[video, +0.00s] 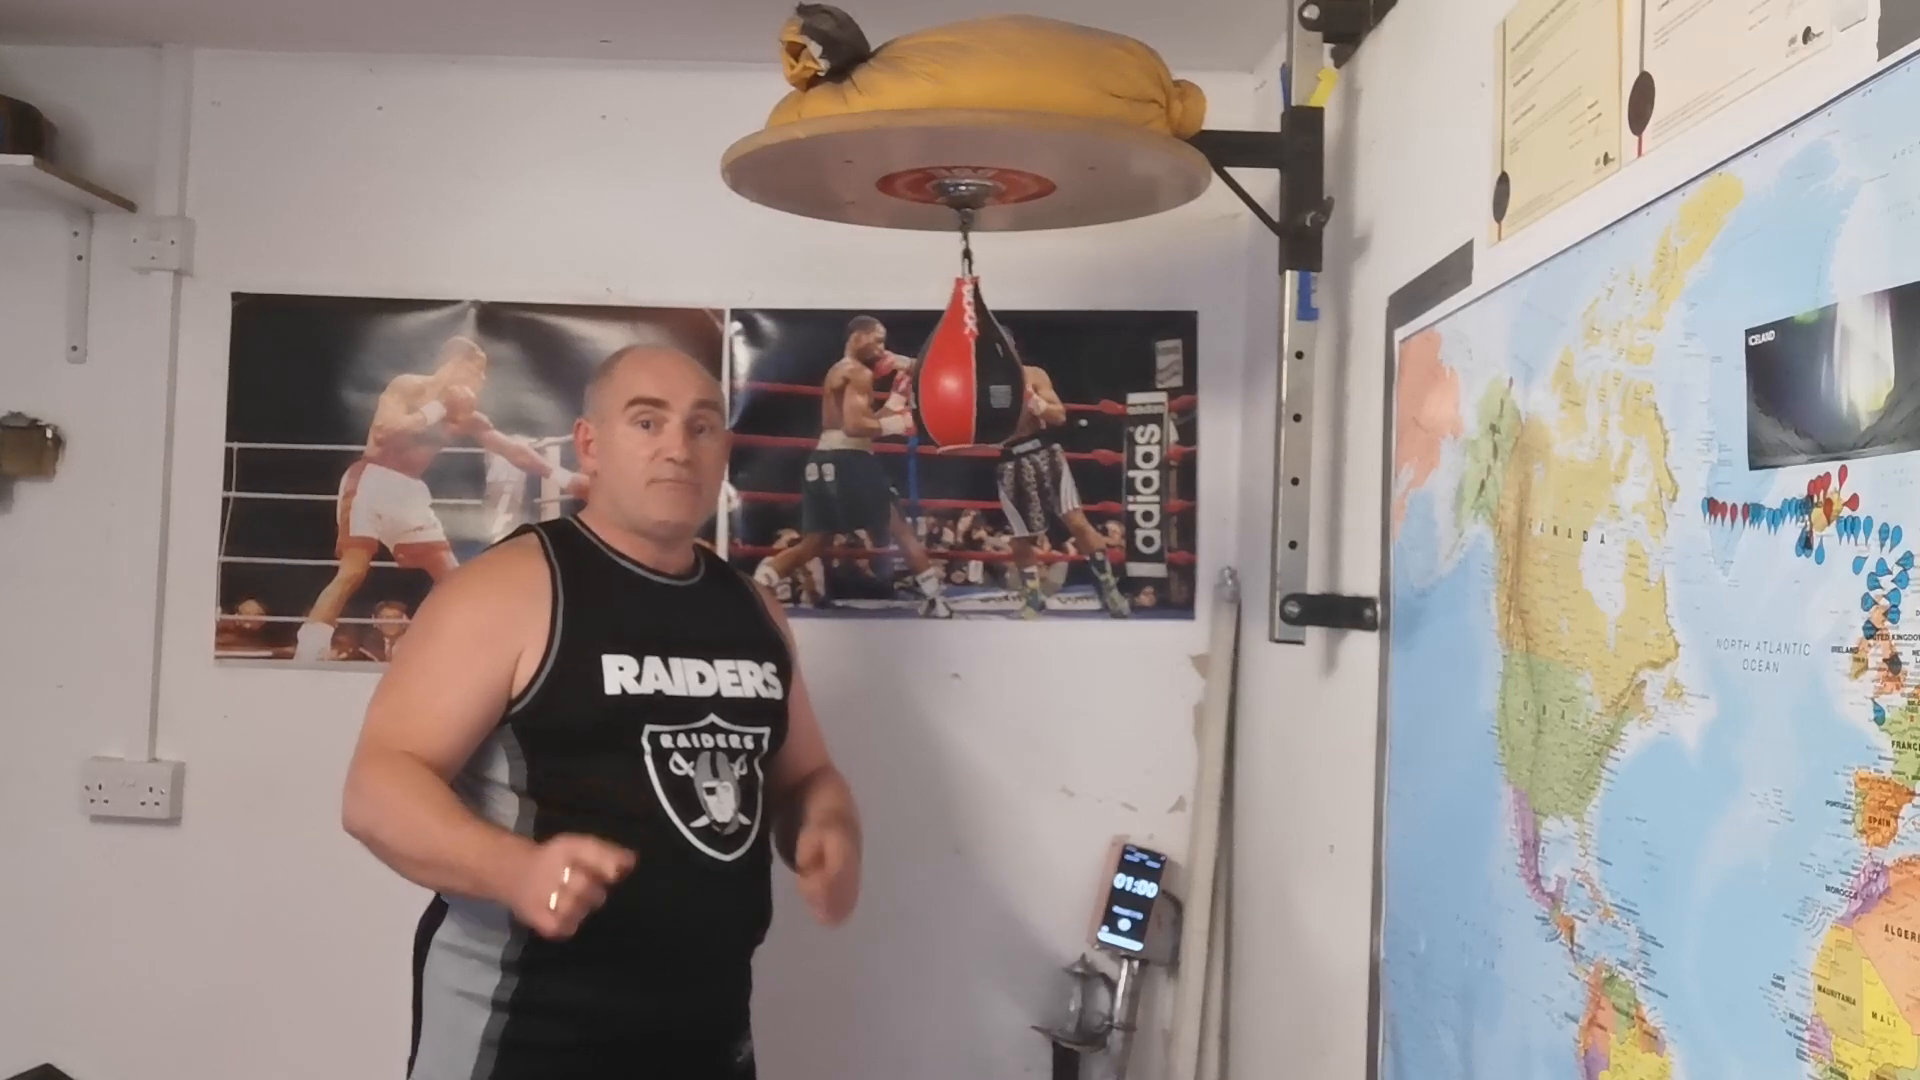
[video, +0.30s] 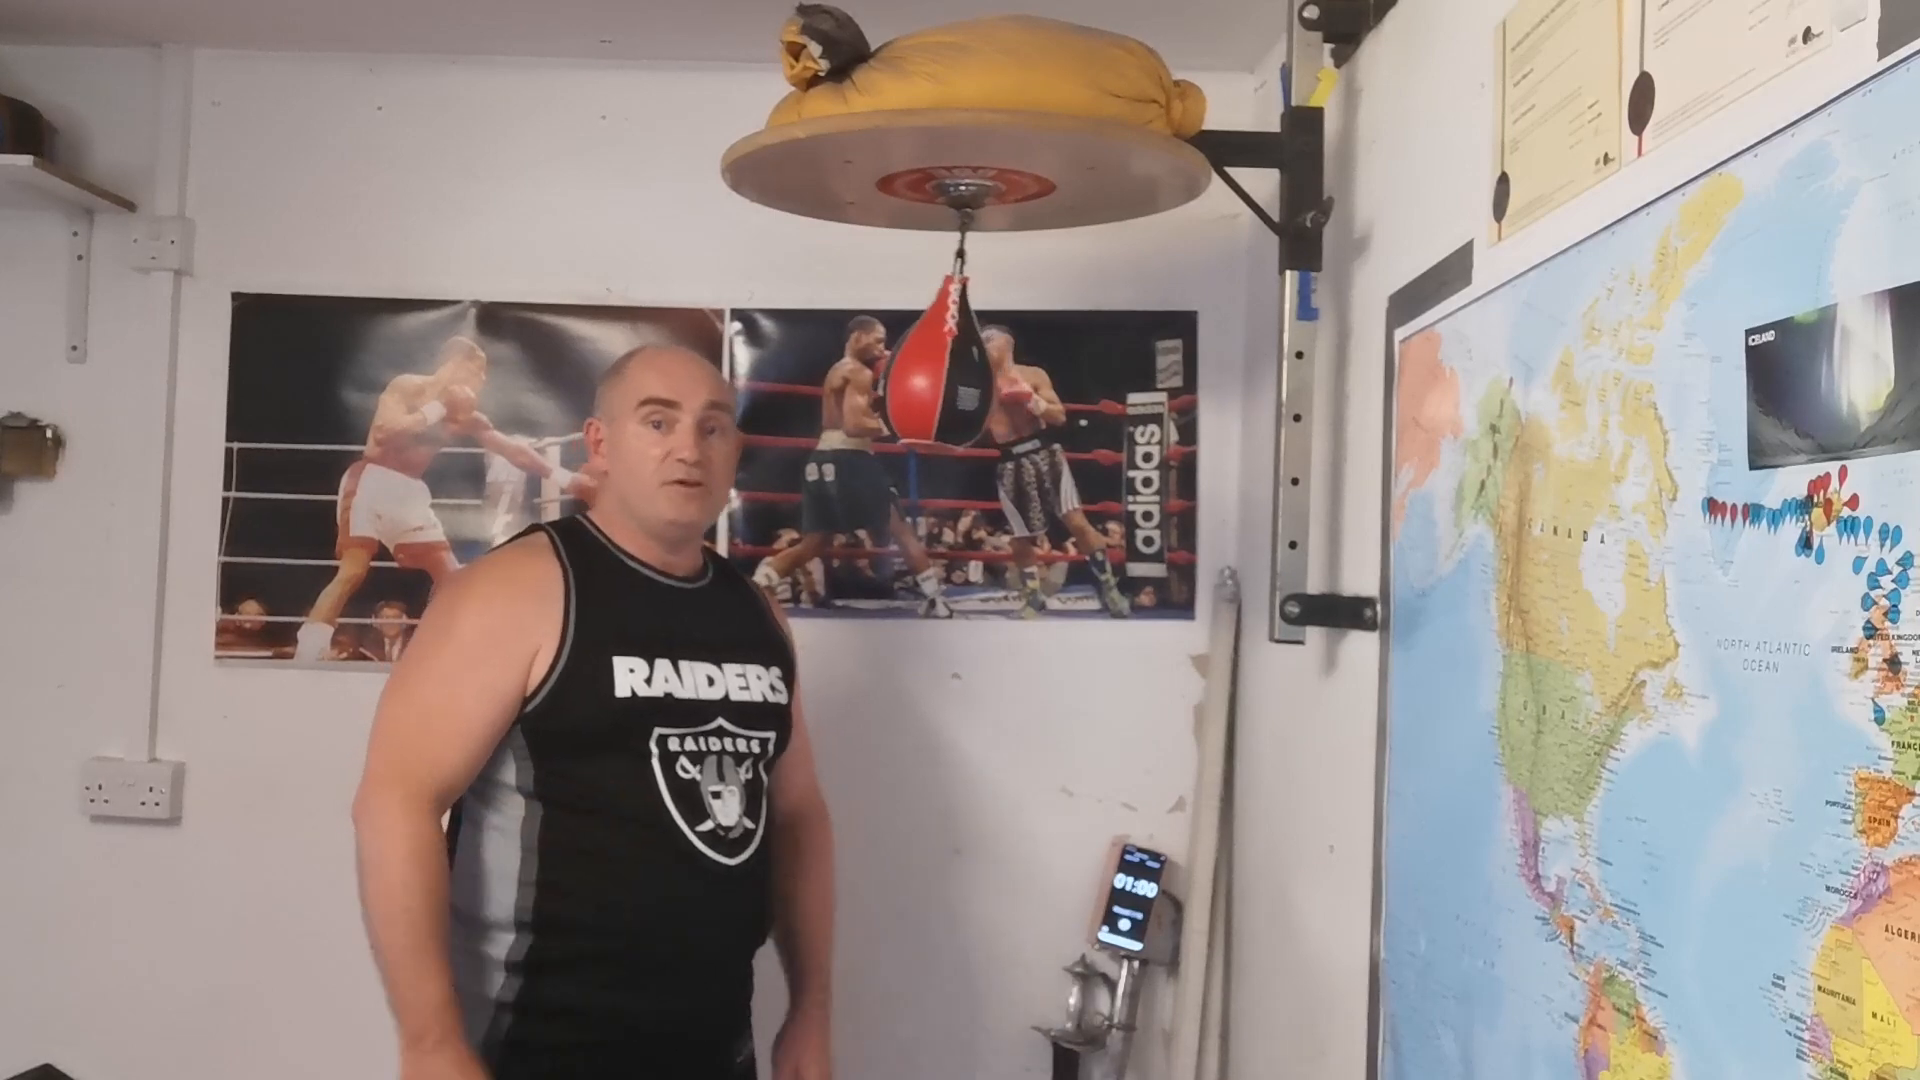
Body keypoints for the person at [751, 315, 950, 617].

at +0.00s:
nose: (881, 349)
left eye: (883, 343)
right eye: (878, 342)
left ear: (857, 340)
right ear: (858, 337)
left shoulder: (834, 372)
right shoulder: (858, 373)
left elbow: (848, 422)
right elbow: (854, 425)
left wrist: (886, 409)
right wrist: (894, 423)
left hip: (820, 463)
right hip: (852, 463)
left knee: (816, 541)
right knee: (901, 529)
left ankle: (756, 587)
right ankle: (935, 597)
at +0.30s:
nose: (882, 349)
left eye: (883, 342)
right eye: (878, 341)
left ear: (855, 340)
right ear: (857, 337)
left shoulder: (834, 372)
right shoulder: (859, 373)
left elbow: (837, 419)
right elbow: (854, 424)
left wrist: (877, 371)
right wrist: (886, 426)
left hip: (820, 462)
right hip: (852, 462)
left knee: (815, 542)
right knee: (901, 529)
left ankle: (755, 588)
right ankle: (935, 597)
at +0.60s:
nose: (881, 349)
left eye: (883, 343)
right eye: (878, 341)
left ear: (855, 340)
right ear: (857, 337)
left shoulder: (834, 373)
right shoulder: (859, 373)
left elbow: (844, 421)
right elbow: (854, 425)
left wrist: (886, 411)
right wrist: (892, 424)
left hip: (820, 463)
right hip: (852, 462)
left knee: (815, 541)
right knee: (901, 530)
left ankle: (755, 588)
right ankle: (935, 597)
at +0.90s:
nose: (881, 349)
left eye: (883, 343)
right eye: (878, 342)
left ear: (856, 340)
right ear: (857, 337)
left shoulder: (834, 373)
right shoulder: (859, 373)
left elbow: (846, 422)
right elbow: (854, 425)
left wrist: (887, 409)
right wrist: (895, 423)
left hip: (820, 463)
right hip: (852, 463)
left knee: (814, 542)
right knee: (901, 529)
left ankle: (756, 587)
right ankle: (936, 597)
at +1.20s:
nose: (881, 348)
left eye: (883, 342)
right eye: (878, 341)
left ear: (854, 340)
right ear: (858, 337)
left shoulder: (833, 373)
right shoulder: (859, 373)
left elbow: (835, 420)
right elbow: (854, 424)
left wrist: (878, 375)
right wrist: (888, 425)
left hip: (820, 462)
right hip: (852, 462)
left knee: (814, 542)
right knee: (902, 531)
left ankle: (755, 587)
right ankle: (936, 599)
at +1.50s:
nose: (881, 349)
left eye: (883, 343)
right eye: (877, 342)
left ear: (856, 340)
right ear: (857, 338)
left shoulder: (834, 373)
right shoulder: (859, 373)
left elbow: (861, 419)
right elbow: (854, 425)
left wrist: (888, 406)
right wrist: (891, 424)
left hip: (820, 463)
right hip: (852, 463)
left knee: (815, 542)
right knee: (901, 529)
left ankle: (756, 587)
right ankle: (935, 597)